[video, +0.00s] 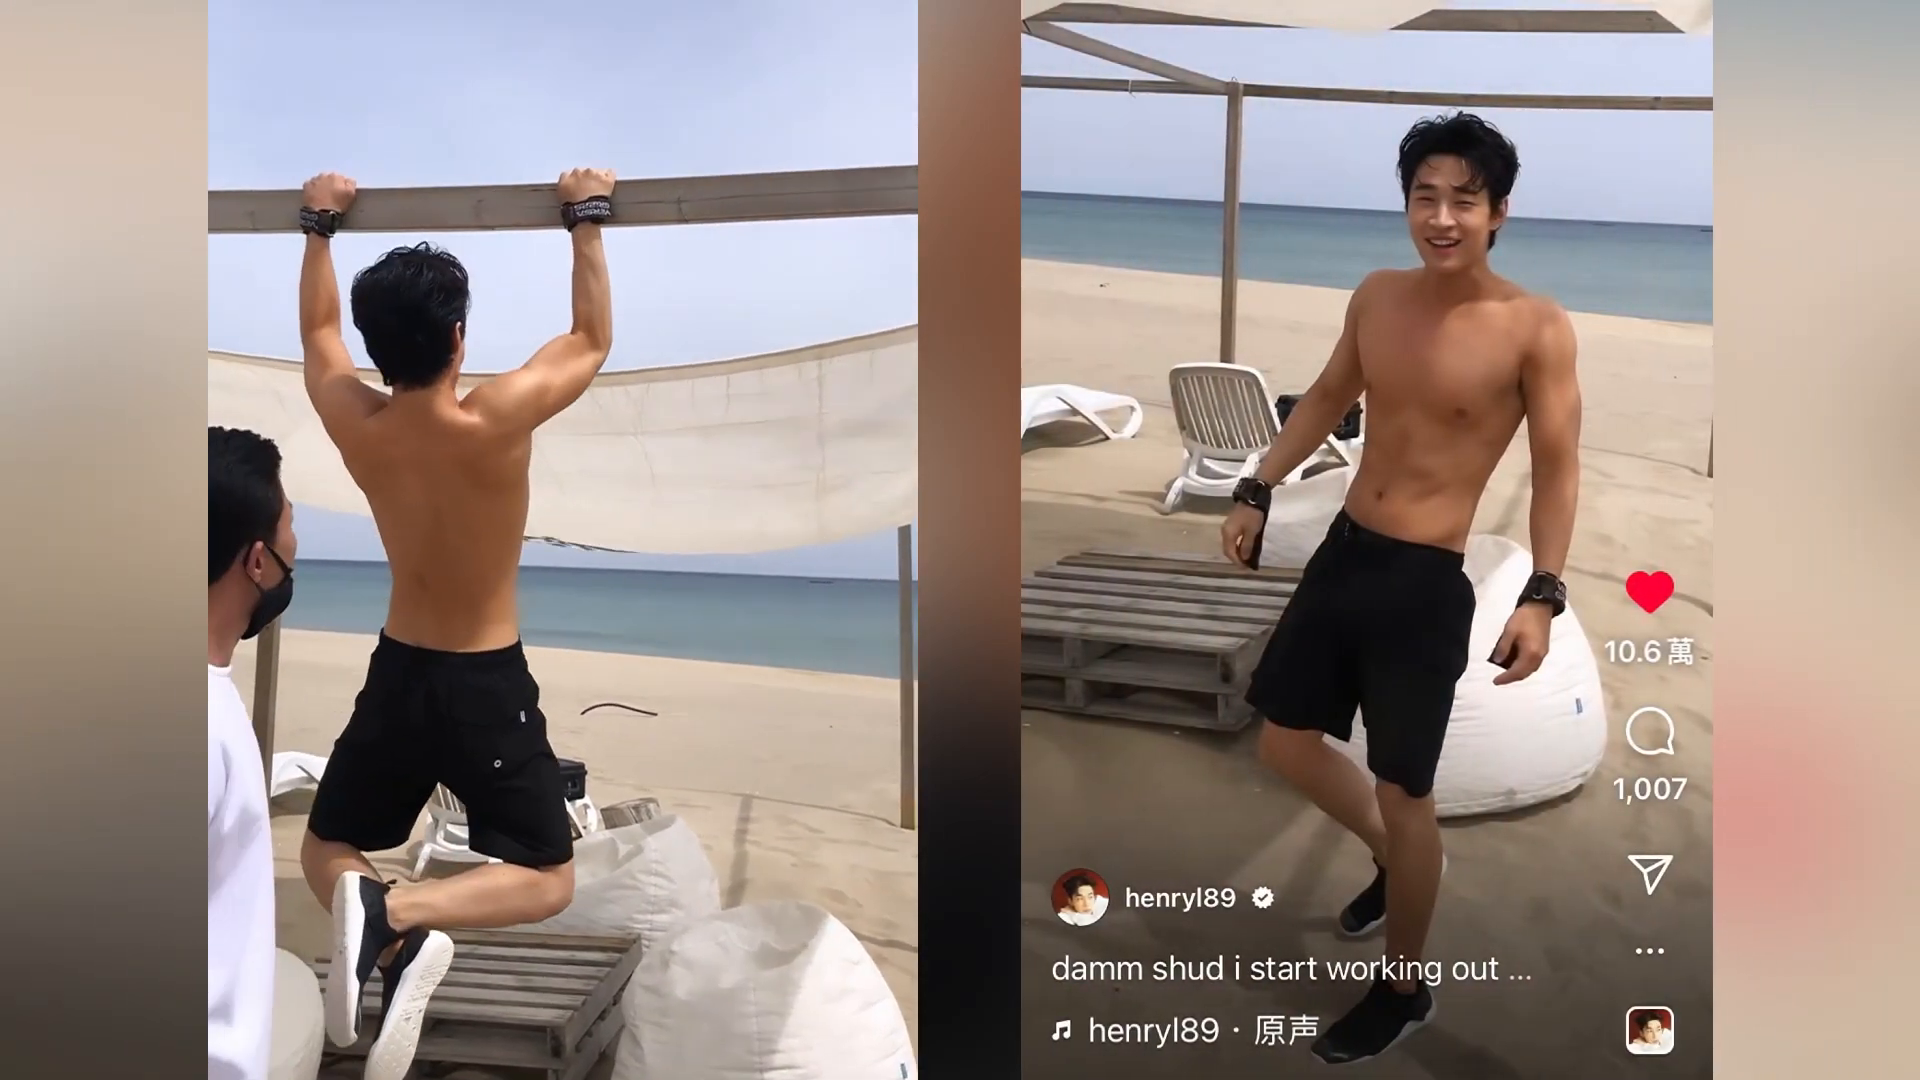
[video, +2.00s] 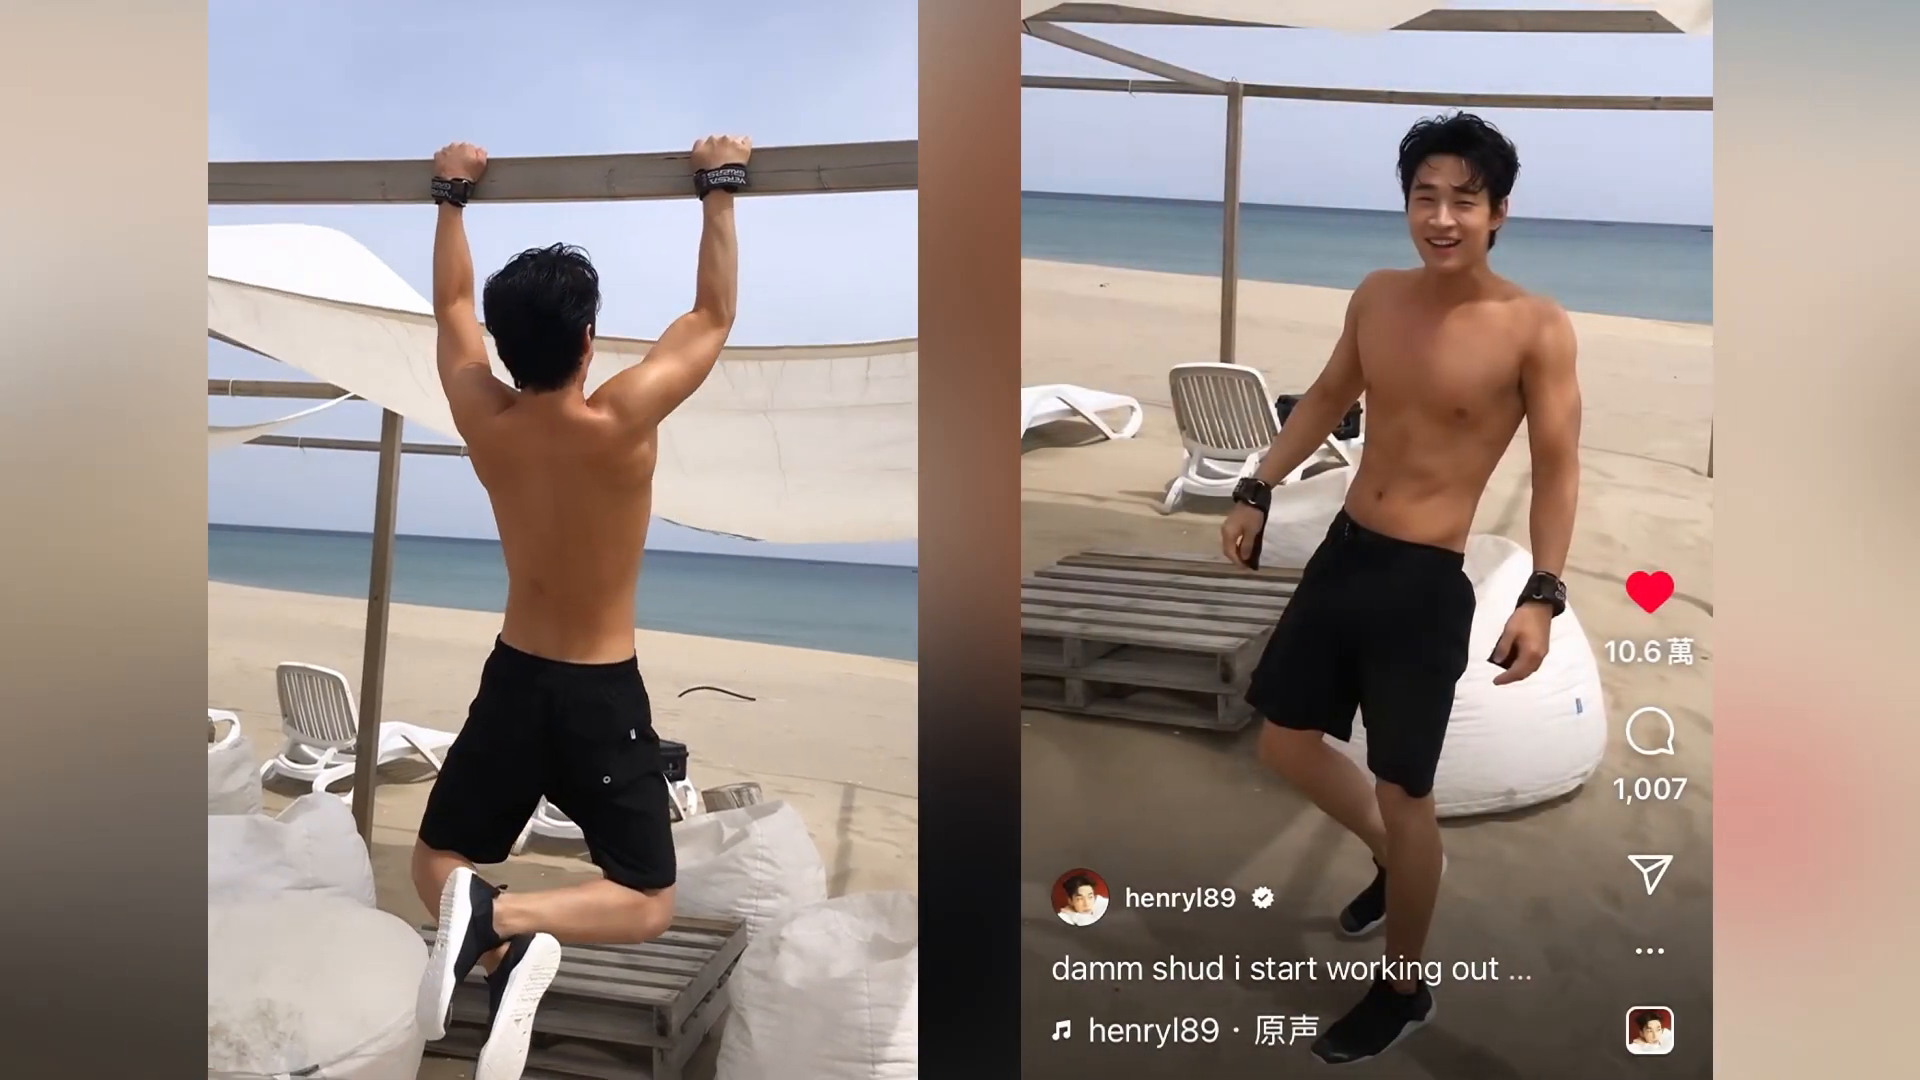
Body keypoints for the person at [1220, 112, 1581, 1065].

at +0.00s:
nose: (1440, 216)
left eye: (1462, 198)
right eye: (1425, 197)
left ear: (1498, 210)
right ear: (1406, 208)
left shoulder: (1534, 327)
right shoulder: (1378, 297)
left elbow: (1556, 468)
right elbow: (1330, 397)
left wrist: (1540, 595)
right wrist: (1256, 484)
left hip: (1427, 579)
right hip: (1345, 554)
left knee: (1402, 798)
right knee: (1284, 742)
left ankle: (1402, 982)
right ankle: (1398, 847)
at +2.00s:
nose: (1440, 216)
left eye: (1462, 198)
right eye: (1424, 197)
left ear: (1498, 210)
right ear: (1406, 208)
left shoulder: (1534, 328)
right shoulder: (1378, 297)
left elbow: (1556, 468)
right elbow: (1329, 398)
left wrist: (1540, 595)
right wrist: (1256, 484)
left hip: (1427, 579)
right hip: (1345, 554)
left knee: (1402, 799)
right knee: (1284, 742)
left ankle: (1402, 981)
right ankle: (1398, 847)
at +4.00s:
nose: (1440, 216)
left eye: (1461, 198)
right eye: (1424, 197)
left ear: (1498, 210)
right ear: (1406, 208)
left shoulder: (1535, 328)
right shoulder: (1379, 296)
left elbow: (1556, 468)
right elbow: (1330, 398)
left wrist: (1541, 595)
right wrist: (1255, 484)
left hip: (1426, 579)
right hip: (1345, 553)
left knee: (1402, 800)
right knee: (1285, 742)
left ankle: (1403, 980)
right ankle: (1399, 848)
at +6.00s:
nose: (1440, 216)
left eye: (1462, 198)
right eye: (1424, 197)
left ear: (1498, 210)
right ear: (1406, 208)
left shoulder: (1535, 328)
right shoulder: (1379, 297)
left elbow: (1556, 469)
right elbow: (1330, 398)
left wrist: (1540, 595)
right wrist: (1256, 484)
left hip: (1426, 579)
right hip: (1345, 554)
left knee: (1402, 799)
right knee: (1284, 742)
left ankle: (1402, 982)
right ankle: (1397, 847)